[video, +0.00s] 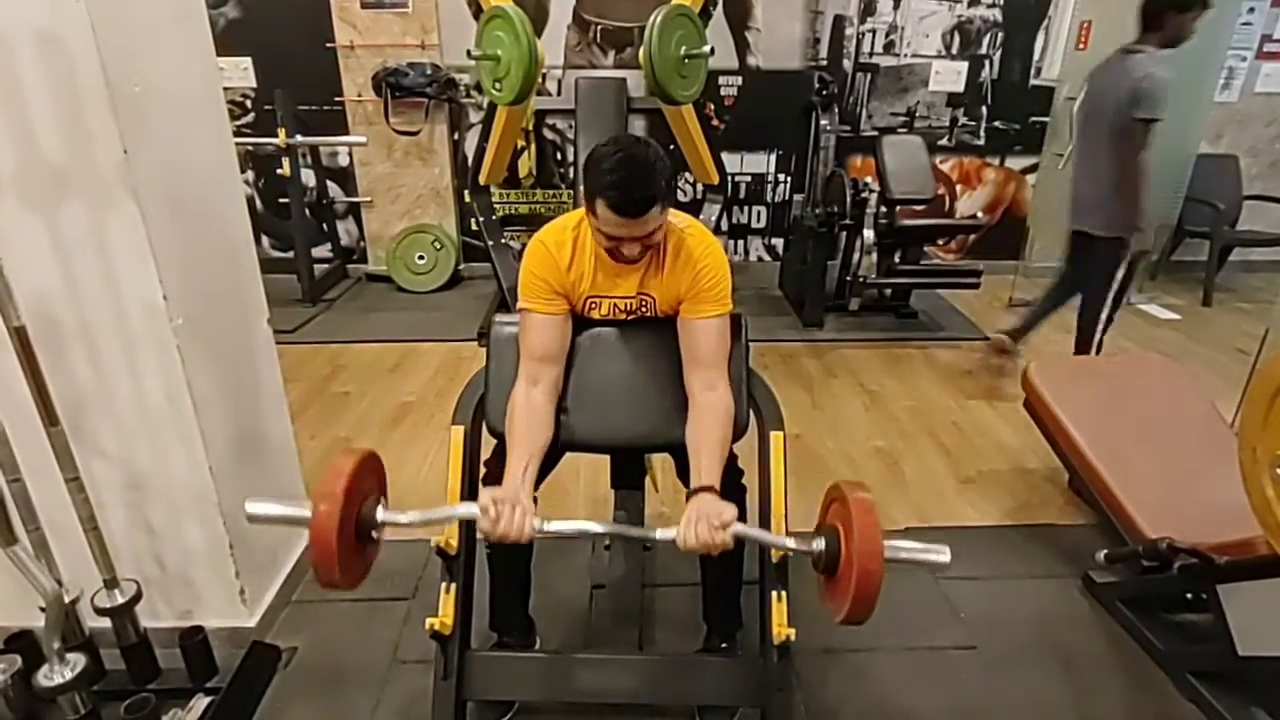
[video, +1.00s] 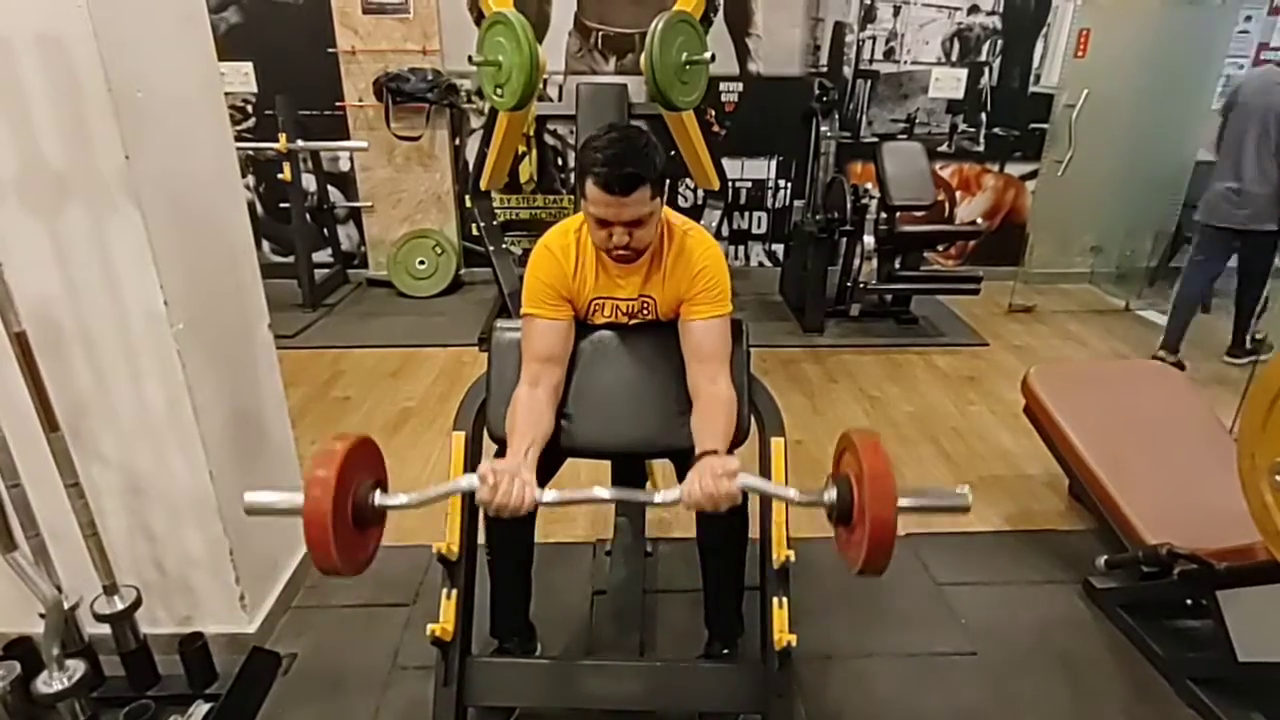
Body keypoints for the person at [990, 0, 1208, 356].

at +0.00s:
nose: (1195, 29)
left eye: (1197, 20)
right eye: (1193, 19)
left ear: (1153, 15)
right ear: (1170, 17)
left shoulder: (1110, 64)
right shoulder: (1151, 72)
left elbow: (1087, 138)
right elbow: (1130, 154)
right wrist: (1135, 225)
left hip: (1085, 205)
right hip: (1114, 214)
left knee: (1073, 277)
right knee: (1101, 299)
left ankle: (1015, 333)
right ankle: (1082, 372)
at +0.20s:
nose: (1232, 37)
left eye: (1236, 28)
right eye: (1232, 27)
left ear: (1189, 22)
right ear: (1216, 26)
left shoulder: (1135, 76)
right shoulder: (1200, 79)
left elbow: (1108, 148)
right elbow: (1196, 164)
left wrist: (1094, 202)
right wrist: (1214, 225)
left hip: (1118, 206)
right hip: (1156, 214)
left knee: (1121, 287)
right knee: (1121, 294)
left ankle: (1104, 356)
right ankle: (1087, 366)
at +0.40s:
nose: (1258, 46)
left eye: (1260, 39)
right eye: (1259, 38)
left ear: (1213, 35)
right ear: (1248, 38)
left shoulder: (1162, 86)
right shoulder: (1236, 87)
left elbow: (1132, 154)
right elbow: (1241, 168)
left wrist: (1108, 210)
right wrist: (1262, 223)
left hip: (1151, 210)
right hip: (1193, 215)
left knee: (1161, 288)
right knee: (1148, 294)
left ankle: (1162, 358)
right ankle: (1098, 362)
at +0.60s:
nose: (1278, 38)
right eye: (1277, 31)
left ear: (1238, 31)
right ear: (1273, 34)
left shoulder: (1193, 79)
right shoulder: (1267, 77)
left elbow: (1169, 146)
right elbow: (1261, 153)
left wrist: (1151, 201)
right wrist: (1272, 214)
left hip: (1180, 204)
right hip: (1224, 209)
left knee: (1172, 285)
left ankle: (1165, 358)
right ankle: (1154, 342)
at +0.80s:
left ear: (1260, 32)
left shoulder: (1219, 76)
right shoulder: (1275, 82)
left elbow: (1198, 141)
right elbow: (1271, 155)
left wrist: (1204, 180)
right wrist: (1273, 211)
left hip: (1201, 197)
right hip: (1250, 204)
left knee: (1182, 275)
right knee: (1247, 277)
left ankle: (1163, 351)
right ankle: (1216, 349)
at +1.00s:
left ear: (1273, 52)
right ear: (1279, 56)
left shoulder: (1246, 81)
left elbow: (1221, 140)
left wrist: (1235, 171)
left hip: (1223, 198)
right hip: (1267, 205)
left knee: (1200, 270)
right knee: (1253, 278)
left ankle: (1168, 347)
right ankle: (1239, 344)